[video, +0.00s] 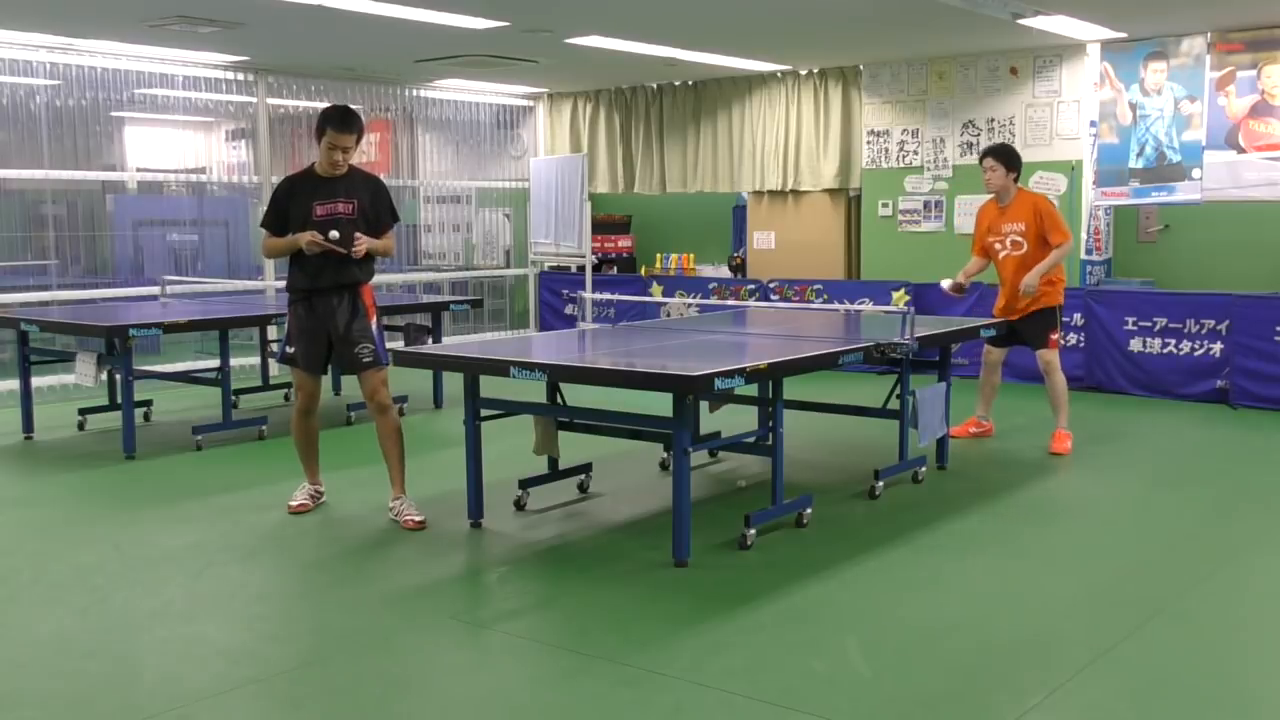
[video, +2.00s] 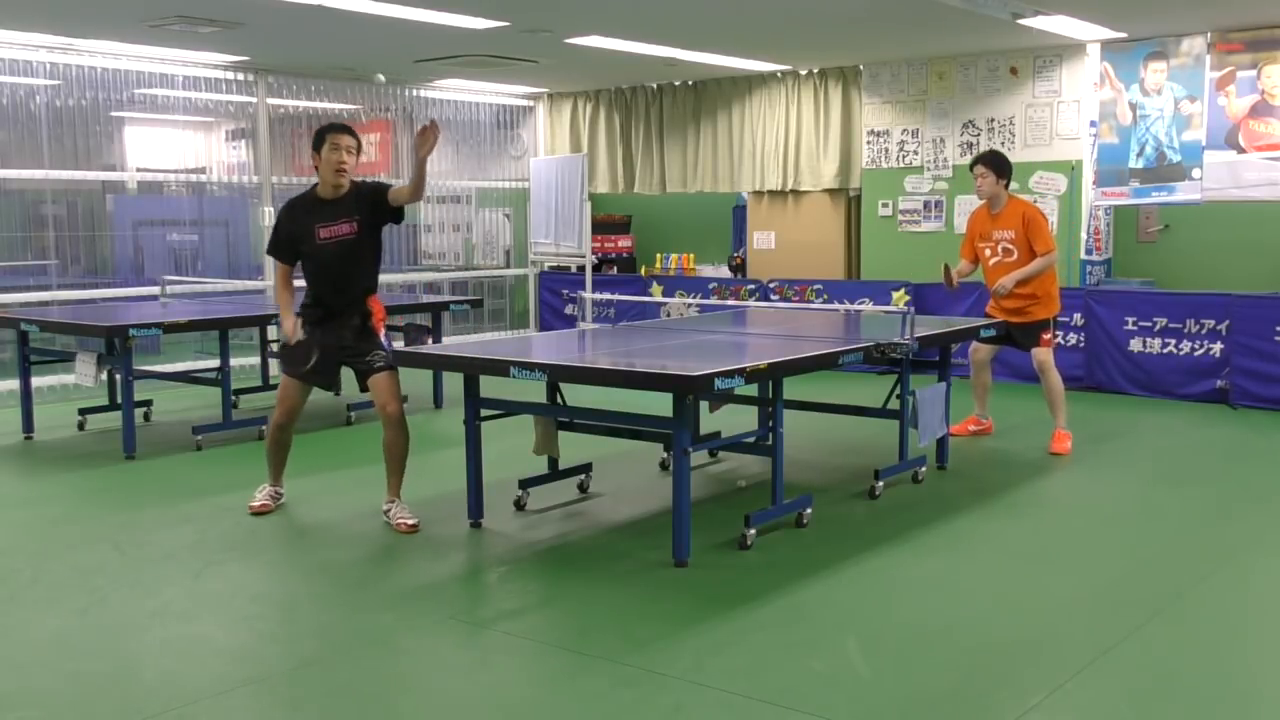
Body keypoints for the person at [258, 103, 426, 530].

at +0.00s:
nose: (340, 158)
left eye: (348, 150)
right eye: (333, 148)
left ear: (358, 146)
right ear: (317, 141)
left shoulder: (371, 187)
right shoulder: (290, 189)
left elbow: (390, 246)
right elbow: (269, 247)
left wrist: (371, 244)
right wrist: (298, 241)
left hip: (356, 303)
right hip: (307, 305)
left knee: (381, 399)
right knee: (305, 401)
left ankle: (399, 496)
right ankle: (312, 484)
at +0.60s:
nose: (390, 204)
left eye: (397, 197)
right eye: (385, 195)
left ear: (404, 191)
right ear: (364, 181)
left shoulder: (397, 218)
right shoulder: (321, 200)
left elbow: (392, 267)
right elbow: (284, 257)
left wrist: (401, 276)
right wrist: (338, 254)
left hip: (359, 316)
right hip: (310, 316)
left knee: (383, 397)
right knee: (301, 415)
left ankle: (393, 500)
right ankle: (313, 486)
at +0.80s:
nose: (423, 262)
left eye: (430, 256)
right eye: (419, 253)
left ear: (435, 248)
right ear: (397, 236)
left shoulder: (423, 262)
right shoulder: (352, 240)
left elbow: (414, 318)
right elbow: (326, 305)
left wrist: (433, 323)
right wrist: (387, 292)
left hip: (377, 338)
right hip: (328, 336)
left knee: (402, 413)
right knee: (298, 437)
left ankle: (394, 501)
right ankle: (314, 482)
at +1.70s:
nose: (410, 206)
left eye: (415, 198)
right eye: (402, 196)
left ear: (419, 200)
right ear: (378, 194)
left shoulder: (419, 232)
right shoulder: (344, 225)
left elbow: (436, 282)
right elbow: (340, 290)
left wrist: (453, 277)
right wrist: (391, 264)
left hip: (386, 338)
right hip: (337, 336)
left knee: (407, 421)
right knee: (287, 428)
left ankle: (394, 502)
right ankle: (277, 485)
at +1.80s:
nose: (386, 186)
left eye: (392, 178)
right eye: (379, 177)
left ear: (396, 181)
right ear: (355, 177)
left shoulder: (401, 213)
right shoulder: (327, 217)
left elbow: (435, 244)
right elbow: (318, 281)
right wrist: (364, 262)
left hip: (380, 332)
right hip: (332, 330)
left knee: (404, 419)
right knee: (287, 423)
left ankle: (394, 502)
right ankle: (276, 487)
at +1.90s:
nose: (364, 170)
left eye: (370, 163)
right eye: (356, 161)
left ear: (376, 170)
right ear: (334, 166)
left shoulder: (384, 203)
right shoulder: (310, 213)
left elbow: (422, 207)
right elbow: (295, 275)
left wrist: (425, 169)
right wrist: (324, 285)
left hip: (372, 324)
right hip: (325, 326)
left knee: (399, 414)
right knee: (285, 419)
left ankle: (394, 502)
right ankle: (275, 486)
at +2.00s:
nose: (344, 159)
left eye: (351, 152)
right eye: (335, 150)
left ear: (357, 160)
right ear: (316, 157)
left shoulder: (370, 196)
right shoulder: (295, 212)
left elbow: (412, 193)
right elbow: (283, 275)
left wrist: (420, 160)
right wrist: (288, 320)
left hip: (363, 320)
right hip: (314, 322)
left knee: (393, 410)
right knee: (282, 418)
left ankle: (394, 501)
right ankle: (274, 487)